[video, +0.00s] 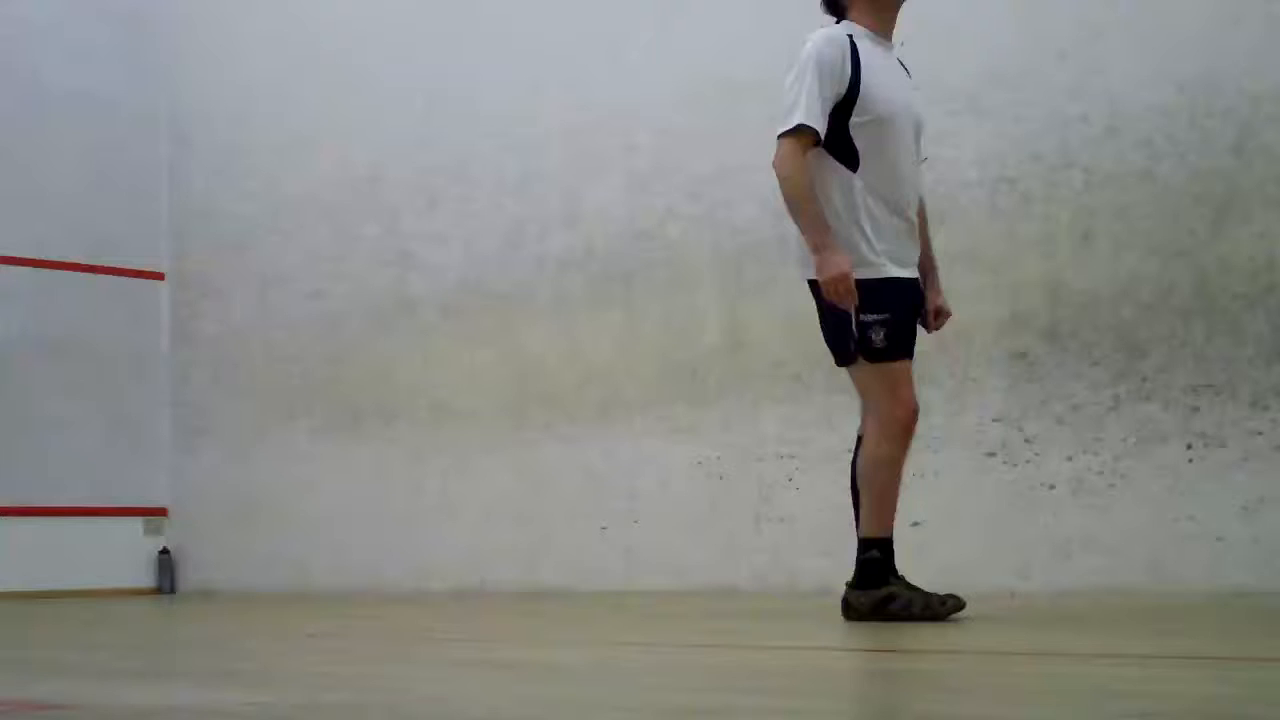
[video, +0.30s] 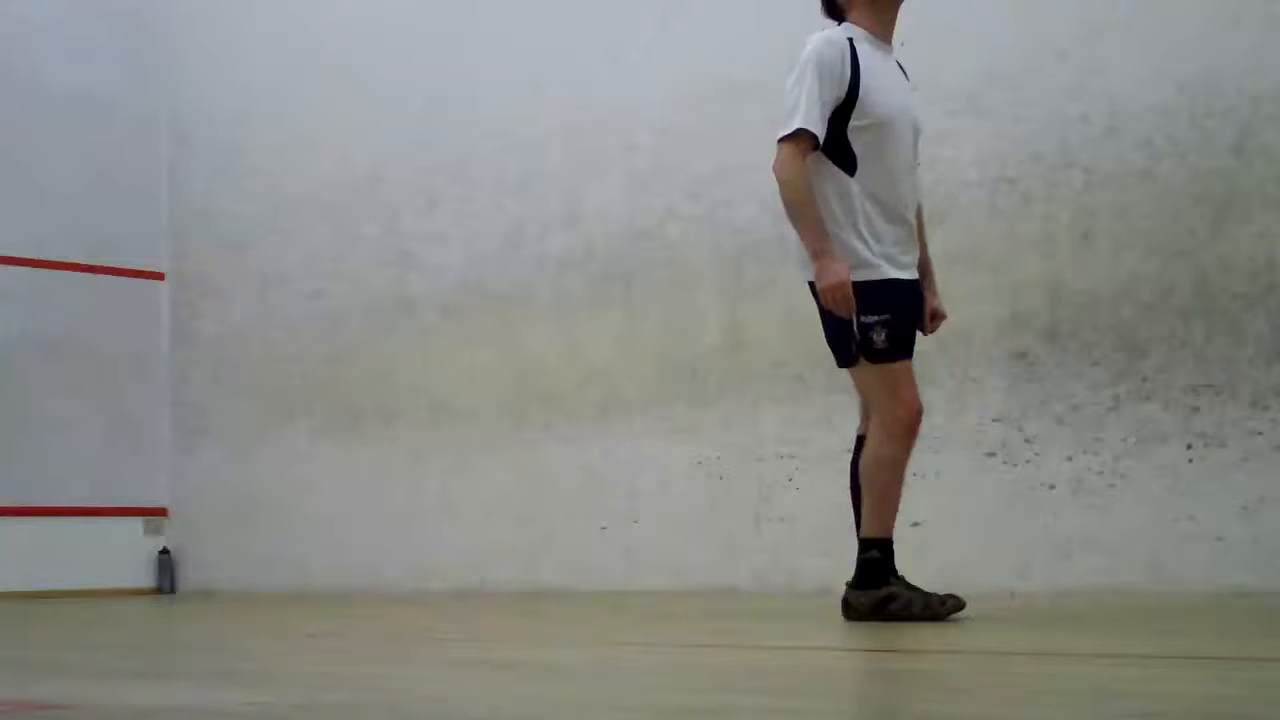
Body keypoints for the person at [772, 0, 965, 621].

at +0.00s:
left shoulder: (896, 64)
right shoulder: (830, 47)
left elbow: (907, 184)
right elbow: (789, 155)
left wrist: (929, 275)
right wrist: (825, 250)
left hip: (896, 270)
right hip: (858, 270)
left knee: (885, 419)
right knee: (894, 415)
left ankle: (876, 575)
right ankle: (872, 579)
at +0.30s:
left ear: (856, 2)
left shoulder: (894, 66)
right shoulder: (829, 49)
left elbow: (905, 187)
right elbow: (789, 161)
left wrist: (925, 280)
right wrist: (824, 259)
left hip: (895, 273)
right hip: (858, 274)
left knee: (881, 421)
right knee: (897, 415)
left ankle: (875, 576)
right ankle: (873, 579)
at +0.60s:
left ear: (857, 0)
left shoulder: (899, 64)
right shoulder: (827, 51)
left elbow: (910, 176)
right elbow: (788, 164)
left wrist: (933, 263)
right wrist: (824, 263)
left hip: (894, 274)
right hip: (848, 272)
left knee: (917, 412)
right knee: (873, 414)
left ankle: (883, 576)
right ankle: (868, 582)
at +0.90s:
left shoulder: (892, 59)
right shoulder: (823, 41)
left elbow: (915, 169)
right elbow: (785, 152)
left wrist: (951, 253)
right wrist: (824, 254)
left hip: (901, 267)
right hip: (859, 267)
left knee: (904, 414)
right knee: (890, 413)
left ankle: (881, 576)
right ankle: (870, 581)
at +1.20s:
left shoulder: (898, 57)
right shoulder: (826, 38)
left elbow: (916, 173)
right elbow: (783, 148)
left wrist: (942, 262)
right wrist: (816, 241)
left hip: (903, 264)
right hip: (860, 263)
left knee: (903, 413)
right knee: (879, 413)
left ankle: (881, 576)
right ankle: (869, 581)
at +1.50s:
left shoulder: (899, 59)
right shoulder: (826, 44)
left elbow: (915, 173)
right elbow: (785, 155)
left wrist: (945, 262)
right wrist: (820, 252)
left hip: (908, 268)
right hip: (858, 266)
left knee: (922, 413)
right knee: (862, 416)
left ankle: (881, 575)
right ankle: (867, 582)